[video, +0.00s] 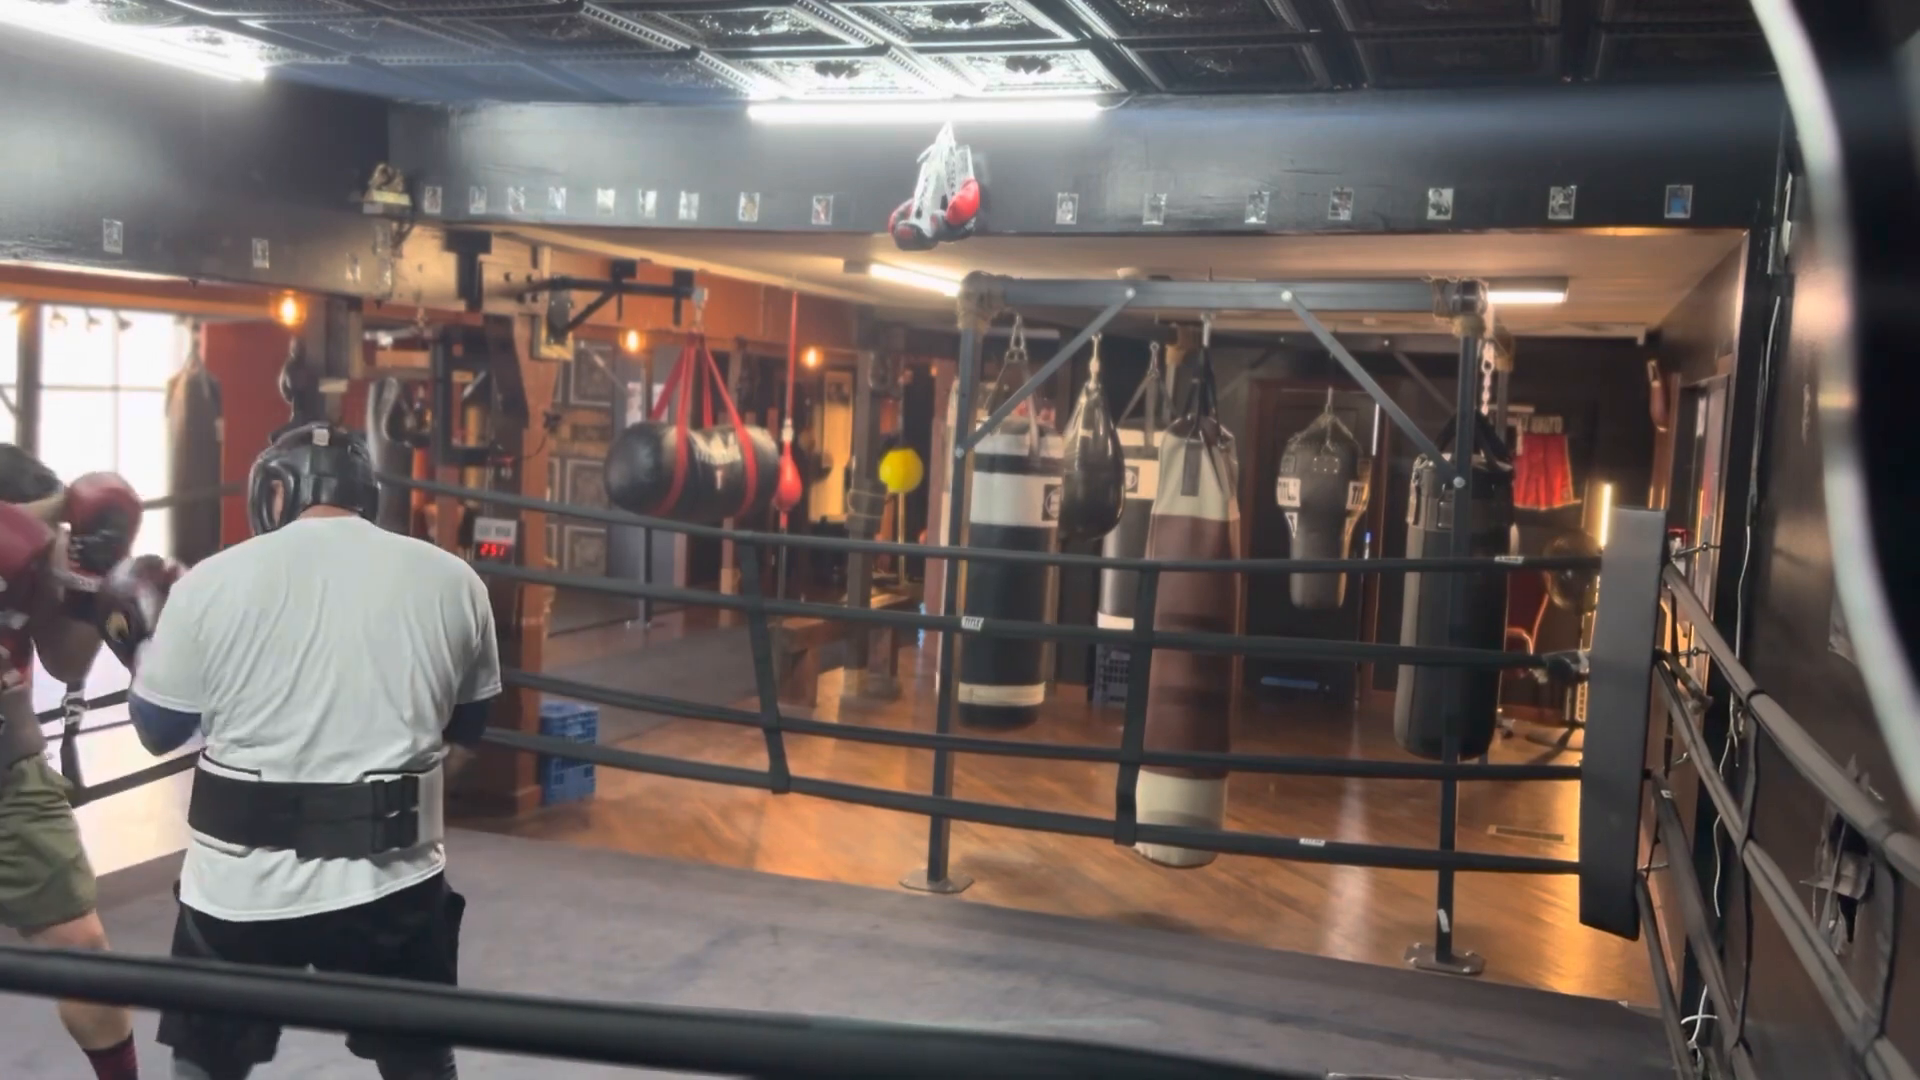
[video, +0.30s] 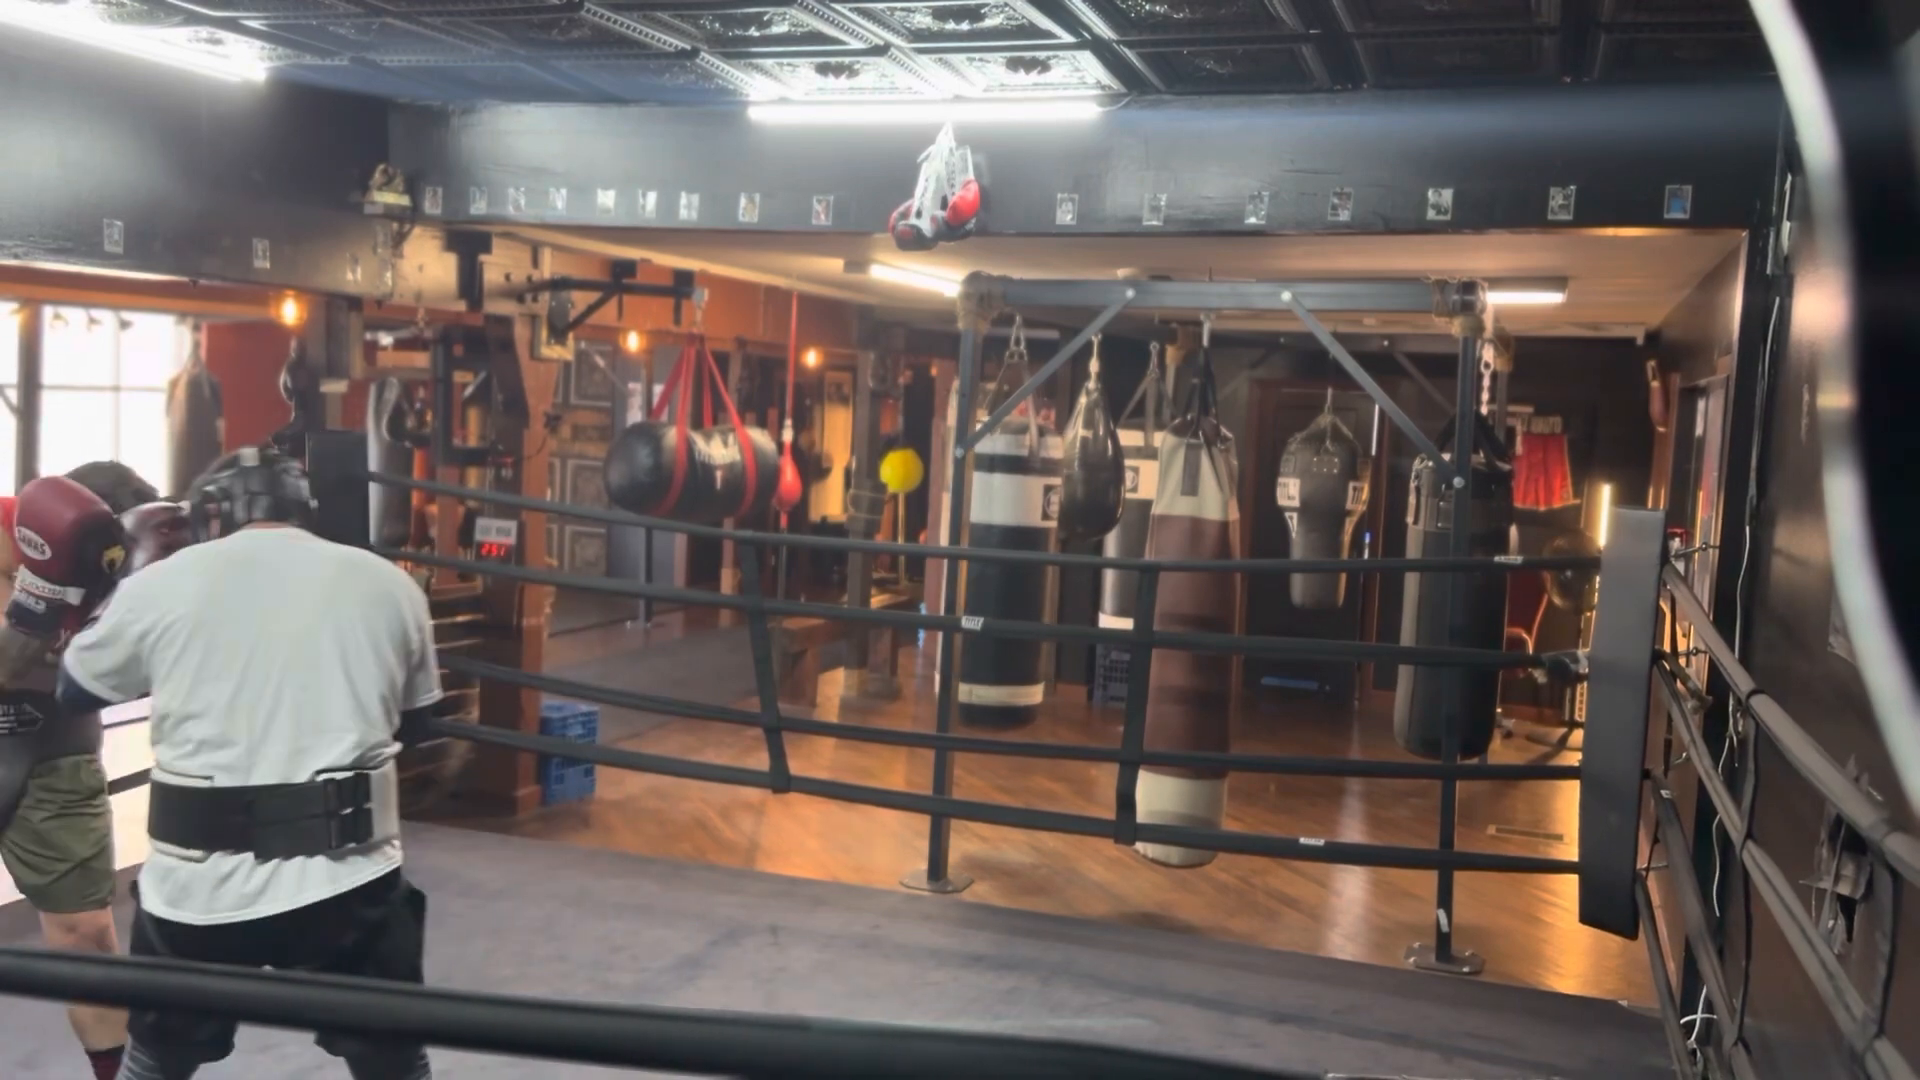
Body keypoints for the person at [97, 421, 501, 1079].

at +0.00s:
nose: (255, 508)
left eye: (260, 494)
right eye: (258, 495)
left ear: (277, 494)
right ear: (369, 497)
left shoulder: (211, 583)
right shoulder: (450, 580)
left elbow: (159, 728)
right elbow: (466, 725)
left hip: (240, 896)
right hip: (393, 895)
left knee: (204, 1062)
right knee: (420, 1063)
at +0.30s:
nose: (194, 529)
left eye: (199, 518)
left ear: (216, 515)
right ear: (303, 511)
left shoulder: (164, 587)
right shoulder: (389, 585)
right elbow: (418, 725)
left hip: (199, 896)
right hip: (350, 894)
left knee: (154, 1061)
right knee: (395, 1066)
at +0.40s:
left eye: (141, 517)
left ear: (161, 519)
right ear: (253, 513)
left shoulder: (112, 592)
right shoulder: (342, 584)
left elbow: (51, 694)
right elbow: (361, 716)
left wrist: (89, 569)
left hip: (167, 905)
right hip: (318, 899)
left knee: (130, 1054)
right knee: (368, 1055)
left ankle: (120, 1060)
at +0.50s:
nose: (103, 522)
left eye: (110, 509)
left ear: (127, 514)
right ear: (219, 507)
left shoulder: (80, 591)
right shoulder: (302, 569)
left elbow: (33, 728)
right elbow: (294, 686)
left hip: (142, 893)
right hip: (291, 882)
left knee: (115, 1052)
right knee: (341, 1051)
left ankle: (111, 1060)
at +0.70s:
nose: (93, 513)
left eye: (97, 502)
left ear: (110, 504)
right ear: (207, 499)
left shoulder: (56, 576)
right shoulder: (292, 559)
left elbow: (8, 663)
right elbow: (289, 673)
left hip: (126, 861)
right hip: (273, 850)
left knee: (109, 1058)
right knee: (323, 1046)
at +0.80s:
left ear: (135, 495)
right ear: (228, 489)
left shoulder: (83, 558)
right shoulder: (301, 553)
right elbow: (329, 659)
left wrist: (70, 506)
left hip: (131, 857)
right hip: (273, 850)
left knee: (110, 1058)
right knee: (318, 1048)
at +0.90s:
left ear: (162, 489)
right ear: (253, 490)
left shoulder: (110, 547)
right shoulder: (325, 559)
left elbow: (49, 574)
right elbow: (340, 675)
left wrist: (88, 506)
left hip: (132, 855)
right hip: (276, 853)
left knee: (109, 1052)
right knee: (313, 1055)